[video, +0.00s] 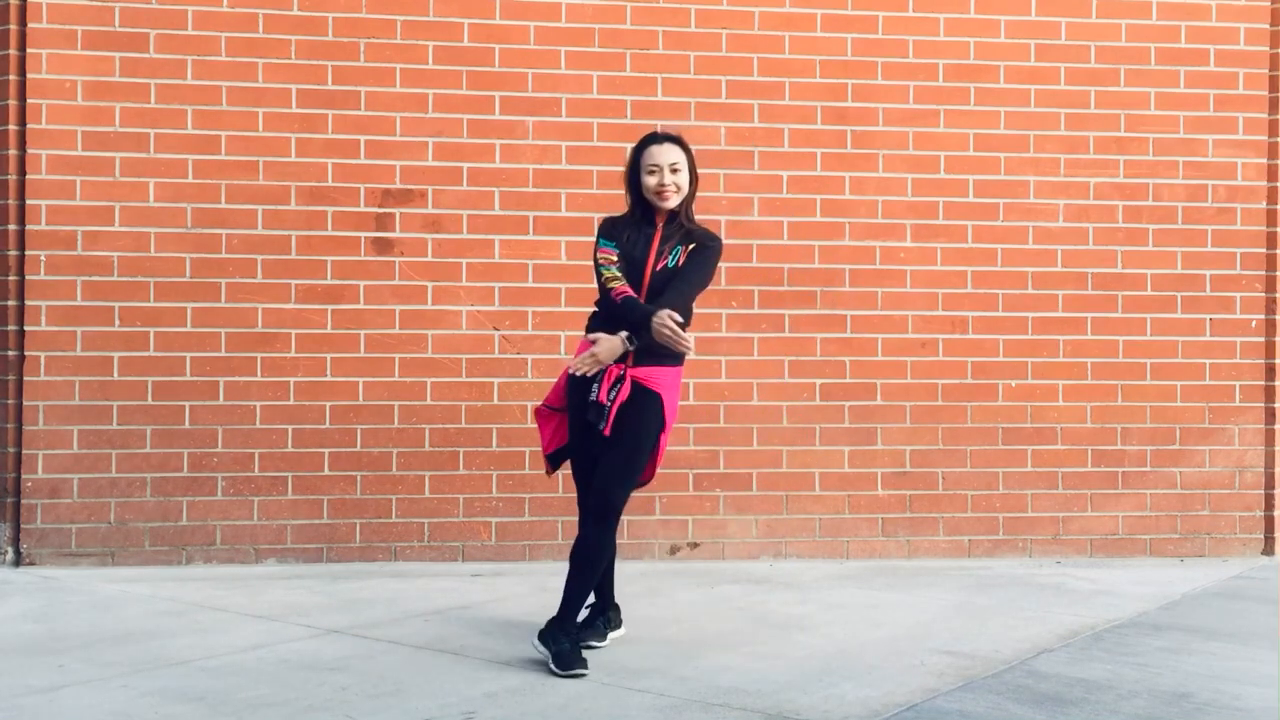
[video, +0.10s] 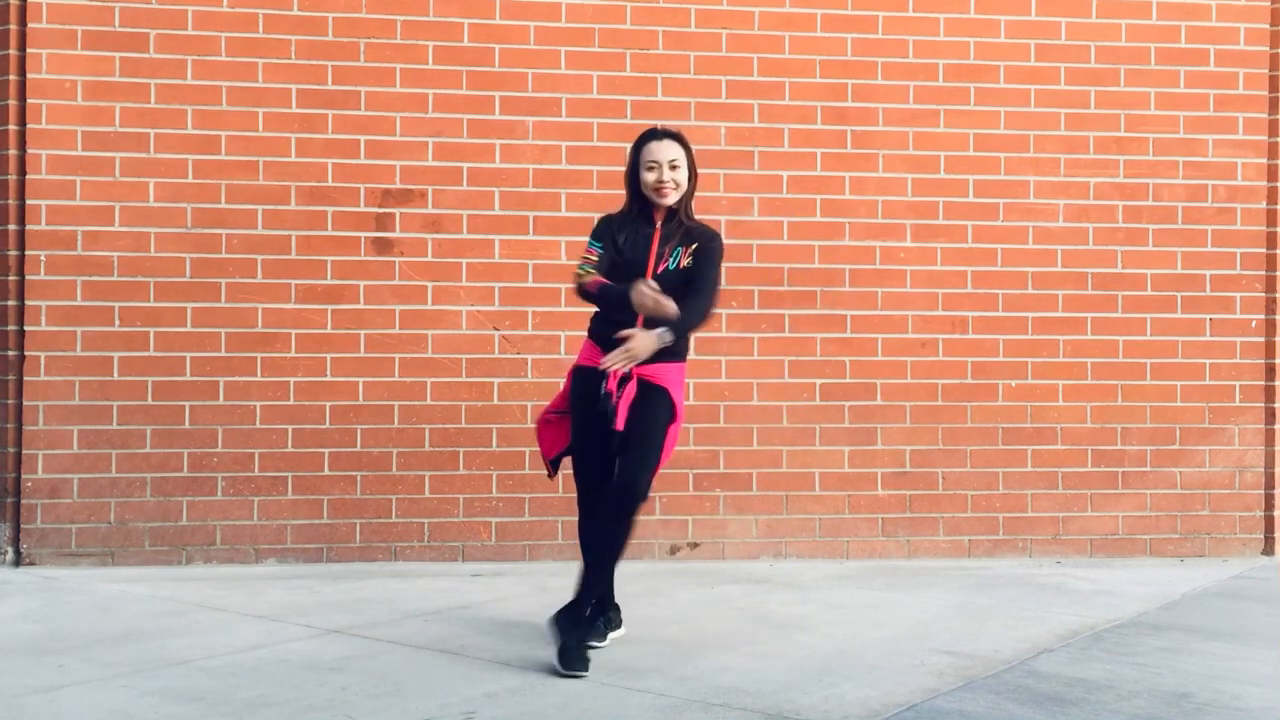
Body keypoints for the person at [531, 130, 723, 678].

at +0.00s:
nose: (664, 180)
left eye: (675, 170)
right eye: (652, 170)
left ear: (690, 177)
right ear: (637, 178)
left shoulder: (704, 243)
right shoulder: (614, 228)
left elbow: (672, 305)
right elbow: (612, 291)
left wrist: (621, 341)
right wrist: (650, 321)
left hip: (651, 378)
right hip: (593, 370)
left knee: (606, 499)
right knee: (593, 497)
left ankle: (562, 627)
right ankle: (604, 607)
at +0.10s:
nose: (663, 177)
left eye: (673, 167)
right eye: (651, 167)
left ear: (689, 173)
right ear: (636, 174)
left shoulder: (703, 239)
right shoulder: (611, 226)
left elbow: (700, 306)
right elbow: (586, 284)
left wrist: (656, 337)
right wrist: (630, 294)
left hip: (657, 371)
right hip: (597, 364)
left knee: (633, 486)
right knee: (593, 487)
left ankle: (578, 615)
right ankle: (601, 604)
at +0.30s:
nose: (673, 162)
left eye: (684, 152)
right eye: (662, 152)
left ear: (699, 160)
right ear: (644, 159)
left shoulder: (716, 226)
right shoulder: (619, 217)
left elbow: (772, 286)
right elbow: (548, 261)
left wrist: (752, 314)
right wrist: (587, 282)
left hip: (687, 367)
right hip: (621, 366)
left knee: (709, 464)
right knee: (615, 493)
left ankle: (702, 571)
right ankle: (606, 606)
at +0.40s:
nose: (680, 167)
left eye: (691, 157)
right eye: (669, 157)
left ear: (706, 164)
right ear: (653, 165)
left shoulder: (725, 230)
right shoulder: (635, 225)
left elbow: (766, 296)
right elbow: (579, 284)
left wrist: (771, 325)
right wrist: (598, 316)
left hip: (707, 375)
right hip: (640, 373)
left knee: (737, 493)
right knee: (628, 494)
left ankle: (754, 598)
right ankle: (606, 607)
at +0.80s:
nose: (738, 163)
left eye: (742, 153)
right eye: (725, 155)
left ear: (749, 158)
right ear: (699, 164)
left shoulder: (771, 218)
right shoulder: (680, 231)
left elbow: (793, 280)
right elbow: (712, 286)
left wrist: (780, 308)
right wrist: (782, 269)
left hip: (777, 372)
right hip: (716, 372)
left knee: (772, 496)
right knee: (725, 479)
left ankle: (763, 618)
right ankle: (772, 587)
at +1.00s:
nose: (754, 171)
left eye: (756, 162)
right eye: (742, 163)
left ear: (757, 170)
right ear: (712, 171)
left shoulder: (775, 233)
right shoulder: (687, 239)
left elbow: (797, 297)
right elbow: (716, 300)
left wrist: (786, 330)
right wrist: (790, 297)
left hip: (780, 381)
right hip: (721, 384)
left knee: (785, 506)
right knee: (763, 502)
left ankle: (761, 616)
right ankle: (808, 628)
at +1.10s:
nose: (746, 166)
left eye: (751, 157)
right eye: (732, 158)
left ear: (759, 166)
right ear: (707, 169)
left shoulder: (779, 230)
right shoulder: (689, 235)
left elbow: (832, 282)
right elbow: (668, 301)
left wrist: (824, 311)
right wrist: (729, 287)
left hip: (774, 380)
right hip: (710, 380)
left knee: (782, 506)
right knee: (722, 492)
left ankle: (762, 617)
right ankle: (776, 609)